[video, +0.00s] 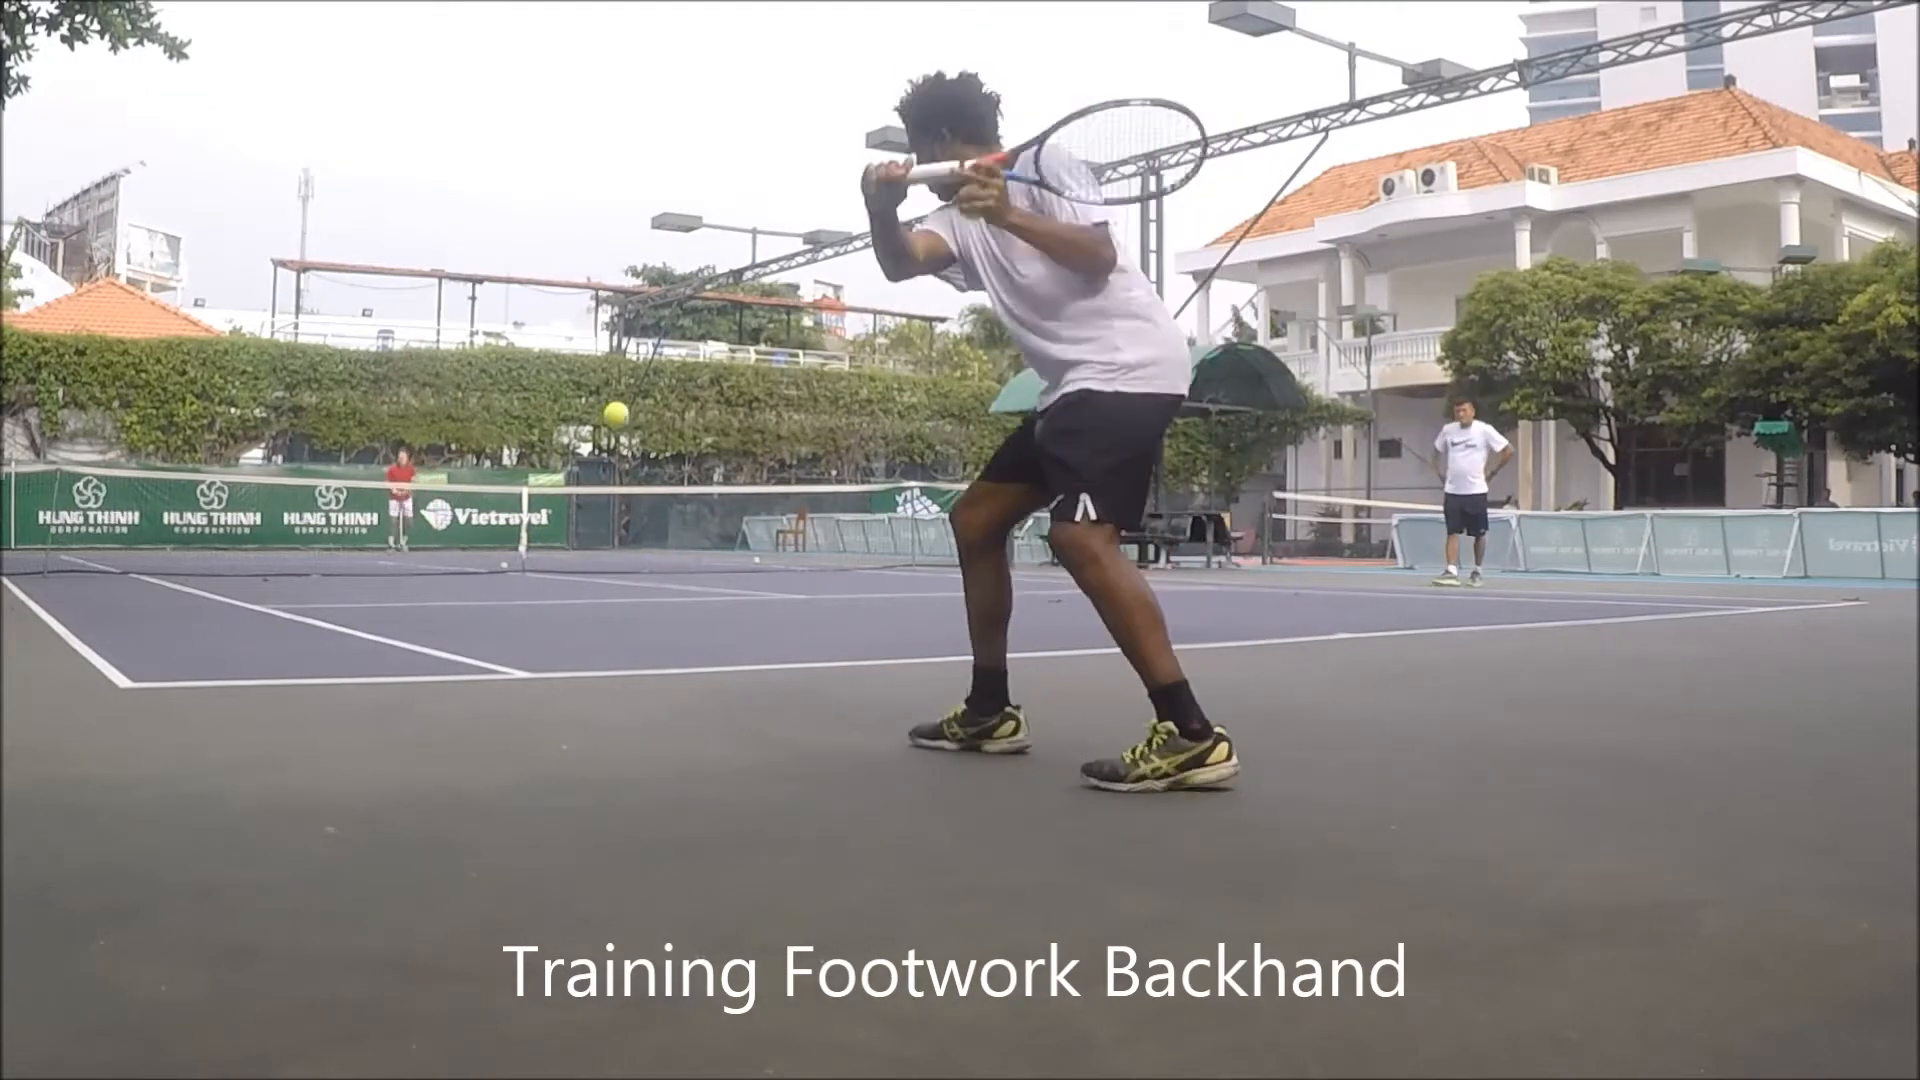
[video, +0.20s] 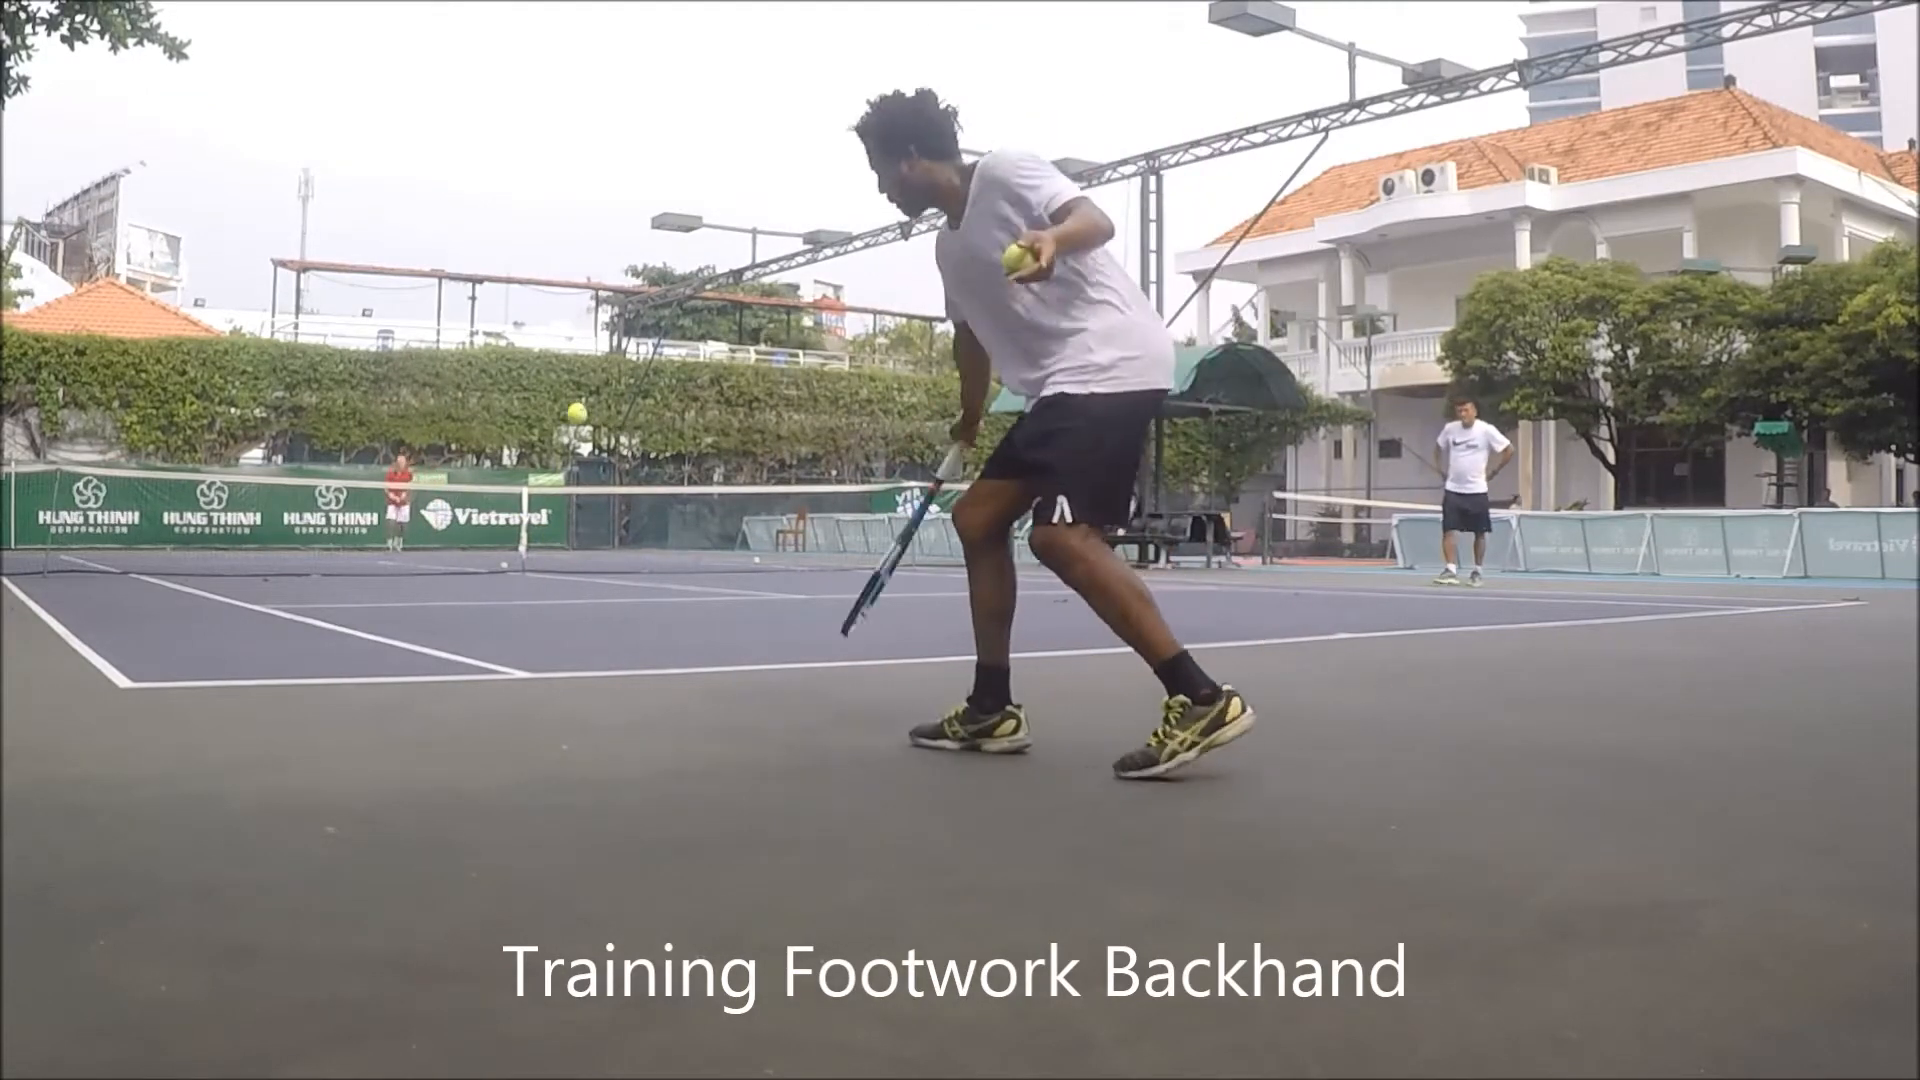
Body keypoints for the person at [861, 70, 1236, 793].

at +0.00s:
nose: (927, 169)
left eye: (927, 154)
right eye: (923, 159)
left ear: (951, 144)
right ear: (978, 143)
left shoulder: (1045, 162)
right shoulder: (964, 221)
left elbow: (1098, 254)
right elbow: (900, 262)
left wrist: (1007, 215)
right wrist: (881, 209)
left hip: (1133, 365)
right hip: (1073, 383)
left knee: (1081, 537)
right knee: (974, 520)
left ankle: (1189, 732)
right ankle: (989, 710)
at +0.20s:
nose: (881, 187)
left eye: (880, 170)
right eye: (875, 173)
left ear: (911, 159)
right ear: (917, 160)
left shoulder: (1004, 172)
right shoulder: (952, 249)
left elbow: (1095, 219)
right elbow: (970, 341)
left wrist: (1053, 240)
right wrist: (970, 422)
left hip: (1115, 363)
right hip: (1063, 380)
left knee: (1060, 535)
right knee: (976, 519)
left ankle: (1200, 700)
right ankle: (991, 708)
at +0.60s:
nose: (1022, 74)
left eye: (1025, 60)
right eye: (1024, 58)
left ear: (1042, 62)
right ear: (1102, 60)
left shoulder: (1058, 138)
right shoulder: (1154, 129)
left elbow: (1027, 262)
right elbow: (1218, 182)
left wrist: (958, 302)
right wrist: (1149, 121)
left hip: (1090, 372)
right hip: (1149, 372)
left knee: (1101, 549)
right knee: (1047, 536)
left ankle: (1224, 700)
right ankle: (997, 704)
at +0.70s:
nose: (1060, 64)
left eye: (1062, 49)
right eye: (1061, 48)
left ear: (1079, 52)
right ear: (1137, 49)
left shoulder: (1084, 137)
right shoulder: (1195, 131)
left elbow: (1035, 261)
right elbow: (1262, 197)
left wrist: (981, 278)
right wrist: (1227, 174)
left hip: (1122, 373)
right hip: (1188, 373)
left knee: (1134, 545)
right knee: (1081, 533)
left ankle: (1240, 715)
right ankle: (1010, 698)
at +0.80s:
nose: (1087, 54)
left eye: (1090, 39)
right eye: (1091, 38)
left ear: (1103, 43)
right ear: (1166, 43)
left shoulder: (1108, 124)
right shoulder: (1222, 123)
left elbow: (1067, 251)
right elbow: (1289, 209)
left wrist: (1018, 264)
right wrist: (1263, 206)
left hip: (1147, 364)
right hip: (1217, 368)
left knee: (1159, 544)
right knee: (1119, 541)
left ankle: (1241, 718)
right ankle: (1050, 696)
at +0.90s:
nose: (1113, 45)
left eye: (1117, 31)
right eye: (1122, 30)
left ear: (1125, 36)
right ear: (1192, 38)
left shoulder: (1127, 115)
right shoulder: (1243, 115)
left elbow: (1107, 237)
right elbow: (1303, 208)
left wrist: (1062, 269)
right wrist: (1291, 255)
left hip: (1167, 360)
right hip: (1240, 361)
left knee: (1182, 533)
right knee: (1158, 525)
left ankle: (1245, 719)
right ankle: (1132, 697)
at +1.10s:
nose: (1154, 56)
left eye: (1156, 42)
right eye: (1159, 41)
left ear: (1169, 47)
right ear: (1231, 50)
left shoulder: (1165, 117)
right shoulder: (1286, 131)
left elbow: (1162, 236)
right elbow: (1325, 239)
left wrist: (1139, 309)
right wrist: (1285, 311)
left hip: (1202, 359)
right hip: (1284, 361)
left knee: (1185, 533)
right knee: (1249, 520)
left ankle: (1243, 722)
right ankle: (1313, 693)